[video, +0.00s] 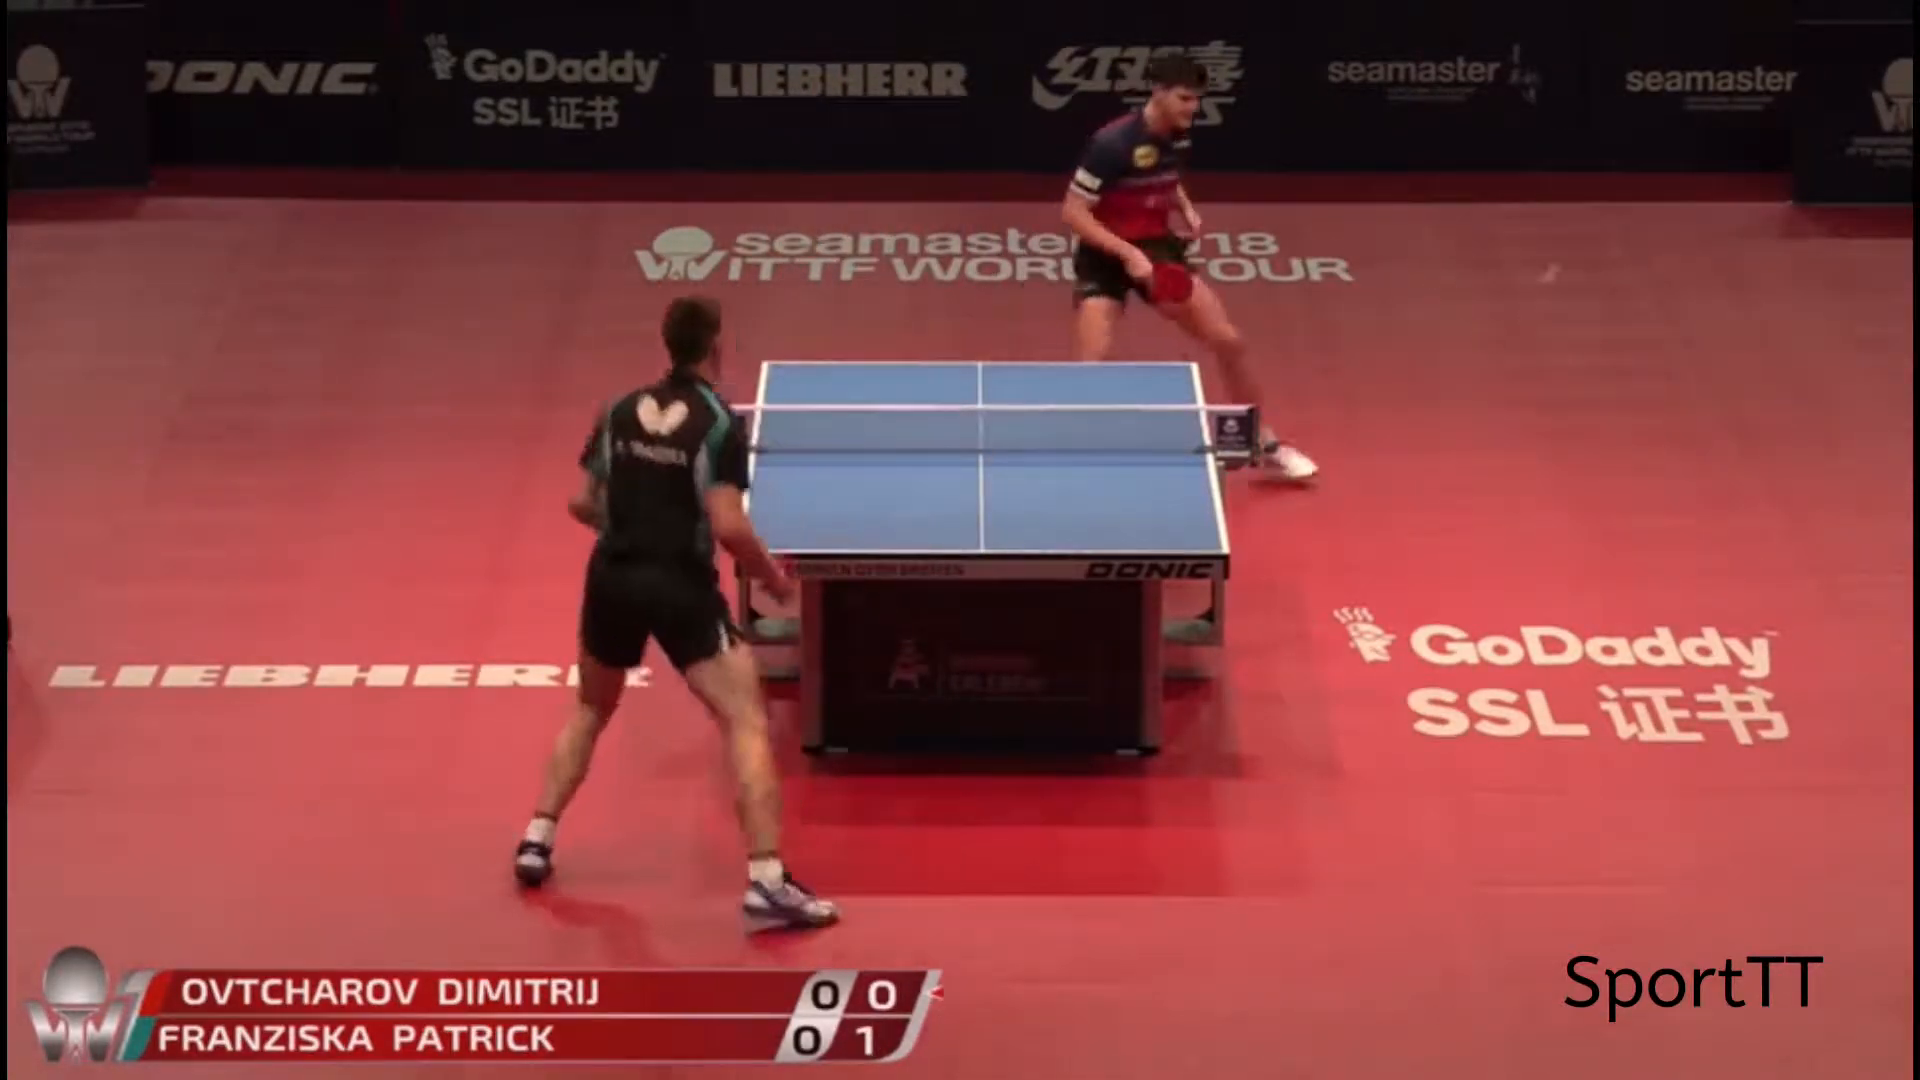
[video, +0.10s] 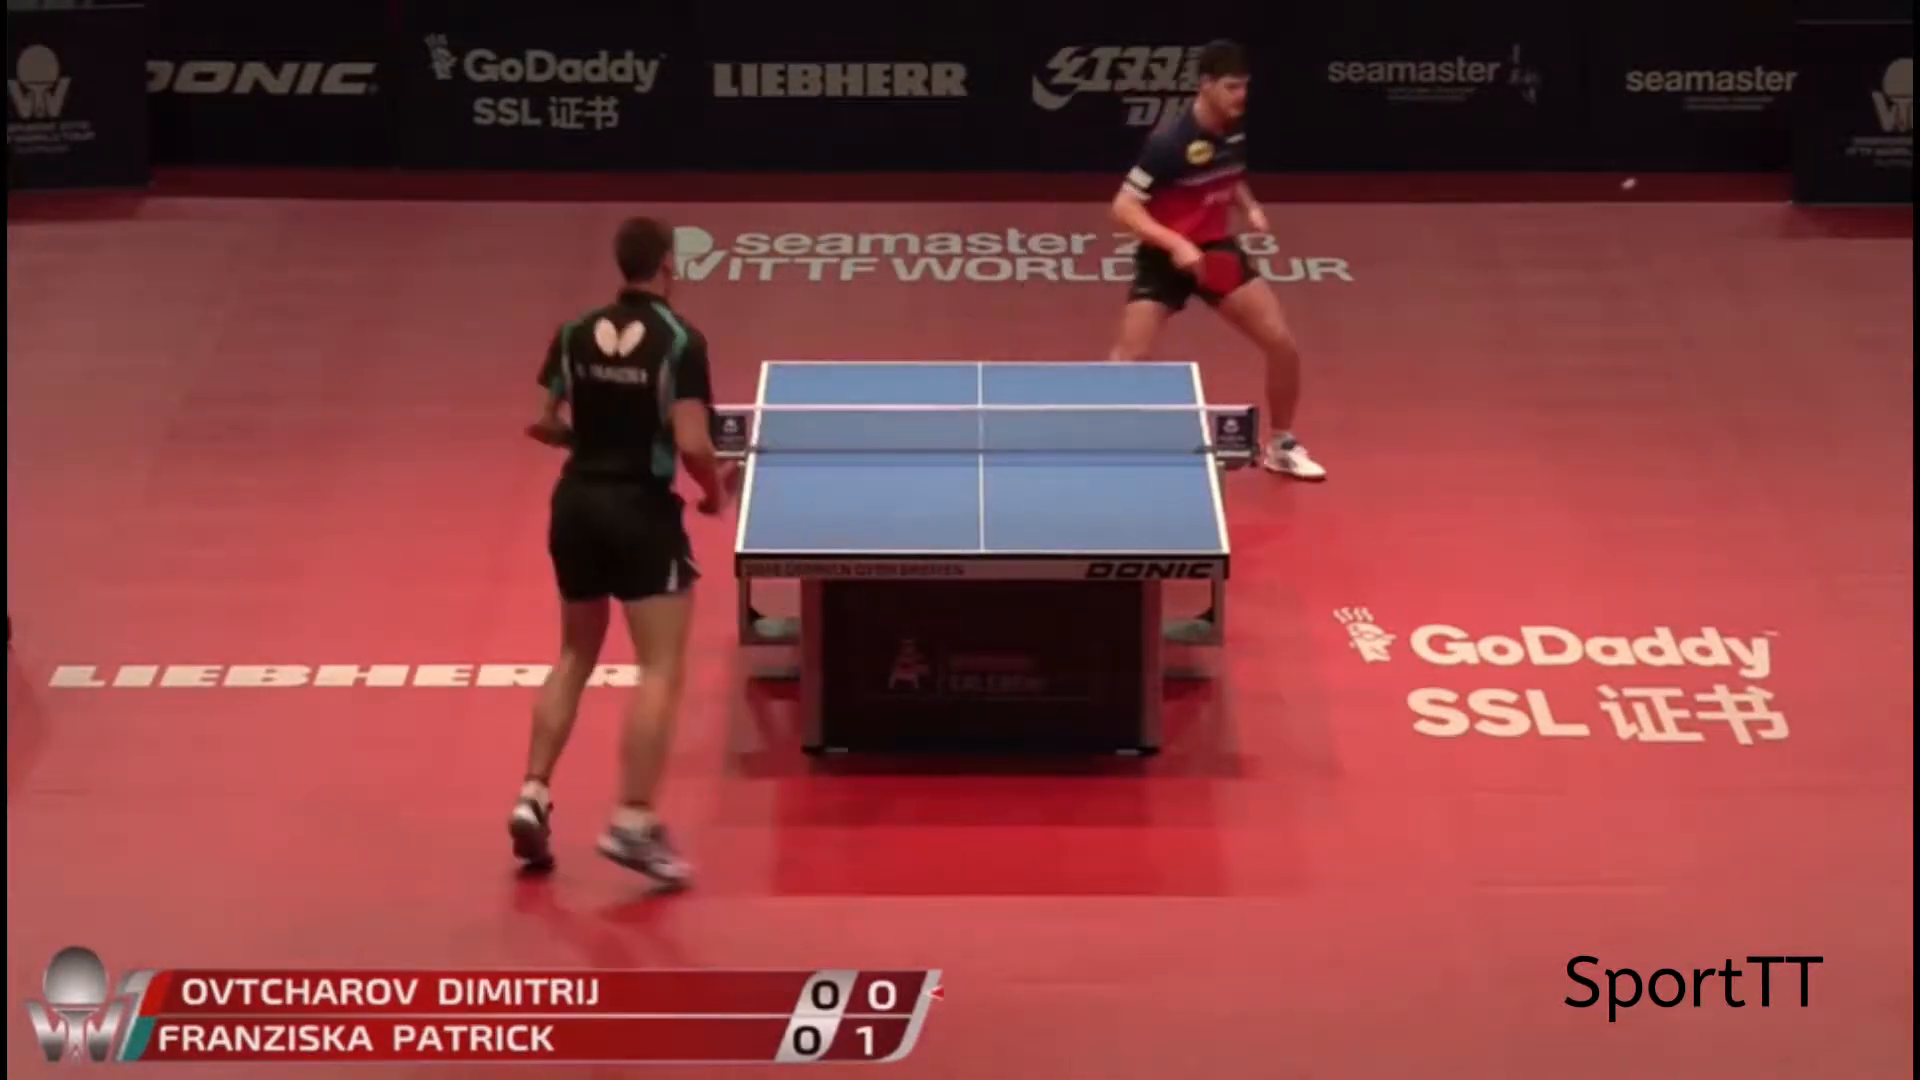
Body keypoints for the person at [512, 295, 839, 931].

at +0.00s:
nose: (725, 355)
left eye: (720, 346)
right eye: (723, 347)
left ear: (666, 348)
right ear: (713, 351)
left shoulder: (619, 411)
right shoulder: (720, 421)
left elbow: (585, 503)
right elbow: (728, 524)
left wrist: (634, 527)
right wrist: (769, 573)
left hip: (611, 579)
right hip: (683, 586)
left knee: (589, 710)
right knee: (746, 722)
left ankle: (538, 838)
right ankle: (767, 878)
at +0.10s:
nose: (676, 272)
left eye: (669, 262)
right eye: (675, 263)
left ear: (618, 266)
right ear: (665, 268)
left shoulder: (575, 334)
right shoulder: (679, 340)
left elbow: (543, 422)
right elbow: (692, 443)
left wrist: (592, 441)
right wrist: (714, 486)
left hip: (575, 506)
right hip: (643, 511)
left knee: (575, 655)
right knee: (658, 670)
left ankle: (534, 792)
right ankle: (634, 822)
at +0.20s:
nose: (668, 262)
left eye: (661, 252)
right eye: (665, 253)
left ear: (608, 256)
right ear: (656, 258)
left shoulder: (567, 324)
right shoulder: (673, 332)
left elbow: (533, 414)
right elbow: (690, 434)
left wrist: (587, 430)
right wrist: (702, 478)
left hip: (568, 498)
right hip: (634, 504)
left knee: (571, 643)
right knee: (637, 664)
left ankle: (527, 783)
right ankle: (597, 811)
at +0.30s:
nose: (629, 278)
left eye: (617, 269)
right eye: (628, 270)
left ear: (571, 277)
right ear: (621, 276)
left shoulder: (536, 342)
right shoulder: (646, 348)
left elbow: (497, 434)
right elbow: (680, 451)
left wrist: (547, 448)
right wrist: (658, 474)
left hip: (533, 508)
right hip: (598, 518)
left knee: (523, 648)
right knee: (564, 678)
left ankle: (495, 783)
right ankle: (503, 823)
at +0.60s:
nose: (594, 276)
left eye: (582, 265)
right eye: (597, 267)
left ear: (547, 266)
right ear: (593, 270)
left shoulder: (502, 330)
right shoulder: (617, 343)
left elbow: (465, 418)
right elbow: (637, 442)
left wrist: (511, 438)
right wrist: (592, 434)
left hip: (502, 500)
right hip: (573, 509)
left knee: (495, 625)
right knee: (581, 655)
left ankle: (478, 760)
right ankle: (527, 771)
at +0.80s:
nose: (832, 466)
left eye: (837, 457)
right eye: (830, 454)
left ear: (810, 432)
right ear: (803, 435)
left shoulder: (784, 435)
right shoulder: (740, 457)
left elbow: (826, 504)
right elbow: (735, 560)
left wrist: (888, 529)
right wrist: (810, 534)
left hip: (667, 524)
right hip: (609, 517)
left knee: (736, 616)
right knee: (576, 668)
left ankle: (704, 750)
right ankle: (464, 725)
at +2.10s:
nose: (798, 438)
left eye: (801, 428)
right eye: (794, 427)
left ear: (767, 414)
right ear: (765, 418)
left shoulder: (758, 447)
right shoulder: (700, 446)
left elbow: (786, 512)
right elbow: (681, 541)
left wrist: (870, 537)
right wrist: (760, 521)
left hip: (661, 539)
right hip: (601, 531)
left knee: (739, 623)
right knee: (597, 682)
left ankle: (705, 749)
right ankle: (482, 723)